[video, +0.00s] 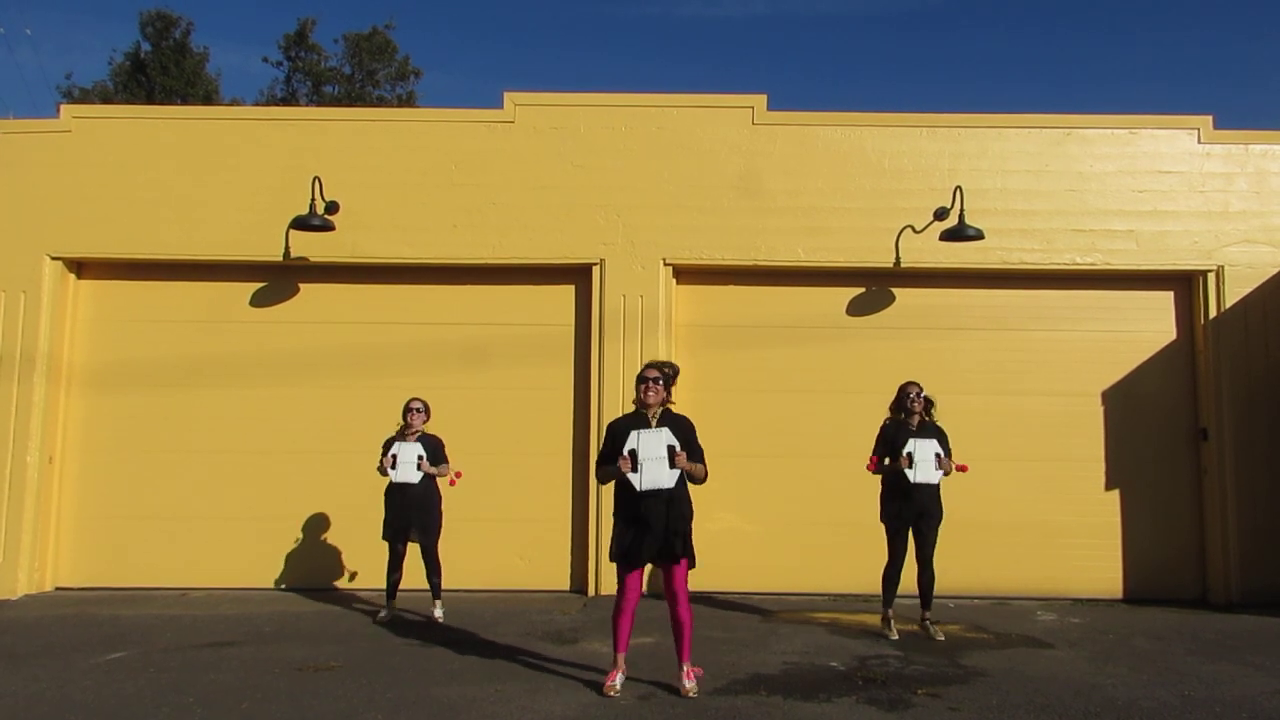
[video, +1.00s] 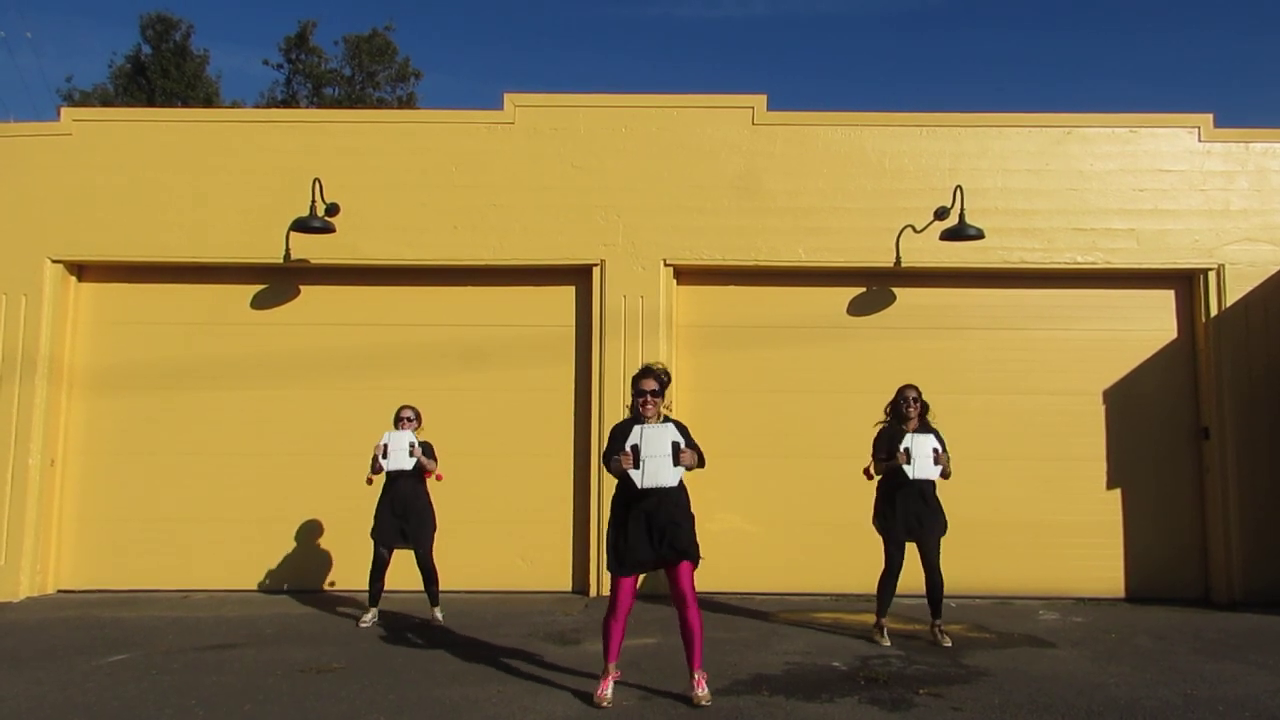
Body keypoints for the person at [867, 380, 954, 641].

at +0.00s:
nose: (914, 399)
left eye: (918, 395)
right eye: (908, 396)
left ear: (924, 400)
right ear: (900, 401)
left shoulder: (936, 431)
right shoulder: (890, 428)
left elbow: (947, 467)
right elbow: (874, 466)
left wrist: (946, 465)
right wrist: (896, 465)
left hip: (928, 505)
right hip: (897, 505)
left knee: (926, 560)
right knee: (896, 559)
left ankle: (926, 617)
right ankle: (887, 615)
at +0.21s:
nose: (915, 403)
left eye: (918, 398)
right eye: (908, 399)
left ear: (925, 403)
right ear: (900, 404)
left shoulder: (935, 434)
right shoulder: (889, 431)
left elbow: (947, 472)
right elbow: (875, 468)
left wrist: (943, 463)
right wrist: (894, 462)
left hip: (927, 504)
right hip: (896, 504)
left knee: (930, 560)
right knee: (895, 558)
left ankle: (924, 613)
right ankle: (886, 613)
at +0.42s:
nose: (912, 414)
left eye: (916, 410)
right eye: (906, 410)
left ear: (922, 412)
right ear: (898, 412)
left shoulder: (931, 438)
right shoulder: (890, 438)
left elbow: (947, 477)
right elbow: (883, 467)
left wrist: (948, 462)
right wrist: (900, 457)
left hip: (927, 507)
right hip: (896, 508)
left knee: (938, 569)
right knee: (897, 568)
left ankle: (950, 626)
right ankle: (881, 625)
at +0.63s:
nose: (912, 398)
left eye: (916, 394)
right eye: (906, 394)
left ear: (922, 399)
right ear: (898, 400)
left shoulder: (933, 430)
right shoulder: (889, 426)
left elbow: (944, 468)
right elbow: (873, 466)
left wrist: (940, 469)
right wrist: (888, 468)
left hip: (926, 504)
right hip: (894, 504)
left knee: (929, 560)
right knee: (891, 558)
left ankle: (935, 618)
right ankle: (880, 616)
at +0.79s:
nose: (911, 409)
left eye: (916, 405)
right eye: (906, 405)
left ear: (923, 410)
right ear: (898, 410)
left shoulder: (933, 441)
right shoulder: (886, 439)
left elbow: (941, 474)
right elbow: (874, 473)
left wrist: (937, 477)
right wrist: (886, 476)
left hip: (924, 515)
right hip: (893, 514)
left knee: (923, 570)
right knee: (891, 567)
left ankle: (922, 620)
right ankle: (882, 620)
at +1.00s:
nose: (910, 404)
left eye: (915, 400)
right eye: (904, 401)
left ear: (921, 404)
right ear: (896, 405)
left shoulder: (932, 434)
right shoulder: (886, 434)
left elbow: (945, 475)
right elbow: (876, 469)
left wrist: (943, 463)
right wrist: (894, 462)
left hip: (925, 505)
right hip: (893, 507)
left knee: (933, 566)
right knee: (893, 565)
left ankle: (936, 625)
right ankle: (880, 624)